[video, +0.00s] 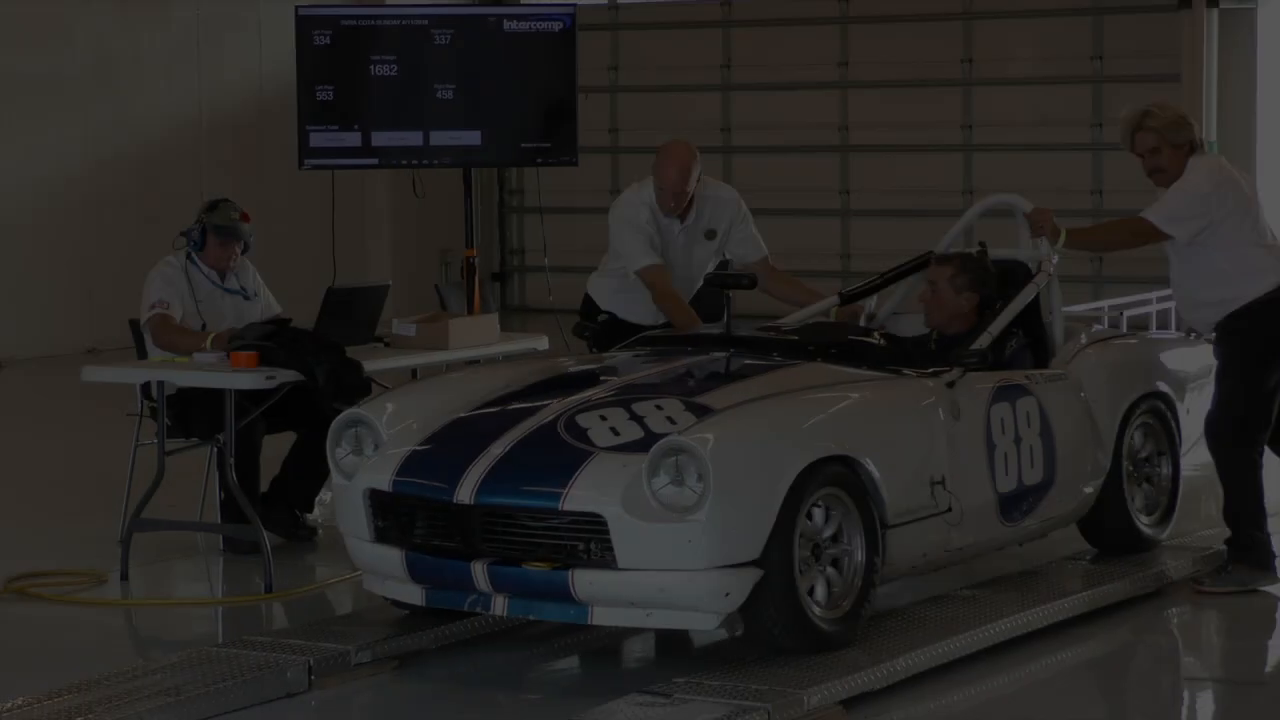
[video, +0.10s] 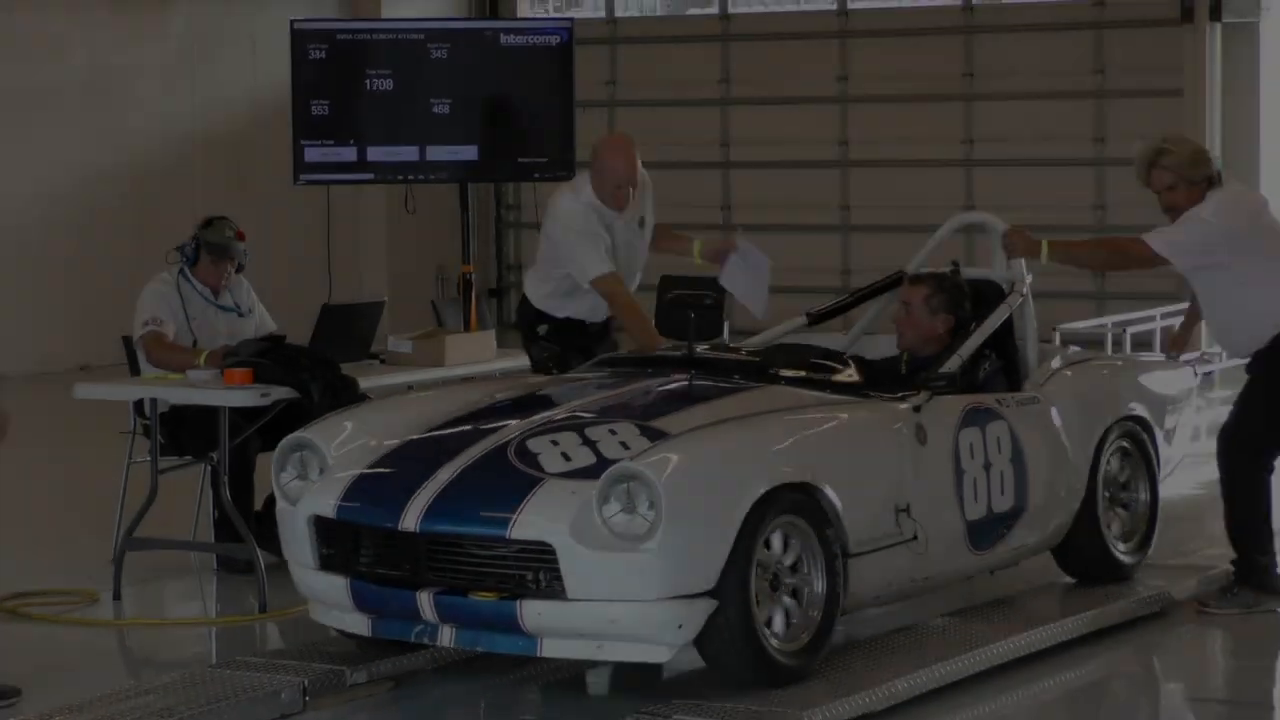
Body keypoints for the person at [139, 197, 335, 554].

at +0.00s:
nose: (233, 252)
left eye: (239, 244)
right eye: (223, 242)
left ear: (245, 245)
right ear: (200, 238)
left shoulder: (244, 272)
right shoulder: (168, 274)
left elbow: (276, 324)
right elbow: (161, 333)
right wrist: (213, 341)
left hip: (247, 392)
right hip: (185, 395)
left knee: (328, 412)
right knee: (242, 418)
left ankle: (283, 509)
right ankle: (240, 528)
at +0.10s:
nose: (226, 270)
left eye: (233, 263)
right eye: (218, 260)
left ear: (240, 263)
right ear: (197, 253)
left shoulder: (239, 288)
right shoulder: (162, 290)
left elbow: (270, 340)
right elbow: (155, 350)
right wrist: (206, 359)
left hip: (237, 408)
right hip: (179, 411)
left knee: (312, 422)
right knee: (238, 436)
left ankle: (272, 522)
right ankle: (232, 544)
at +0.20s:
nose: (184, 257)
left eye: (190, 248)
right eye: (173, 247)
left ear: (198, 249)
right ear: (148, 247)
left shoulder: (202, 285)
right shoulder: (115, 288)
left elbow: (236, 342)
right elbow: (108, 355)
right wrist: (167, 363)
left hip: (201, 416)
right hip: (137, 421)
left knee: (261, 441)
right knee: (203, 454)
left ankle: (250, 566)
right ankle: (197, 578)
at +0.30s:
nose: (185, 282)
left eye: (192, 274)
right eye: (175, 272)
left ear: (198, 275)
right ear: (147, 268)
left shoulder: (199, 306)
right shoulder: (112, 308)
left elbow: (234, 364)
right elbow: (105, 377)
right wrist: (165, 384)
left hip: (198, 438)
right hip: (134, 442)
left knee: (259, 466)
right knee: (201, 477)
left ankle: (247, 590)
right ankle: (194, 602)